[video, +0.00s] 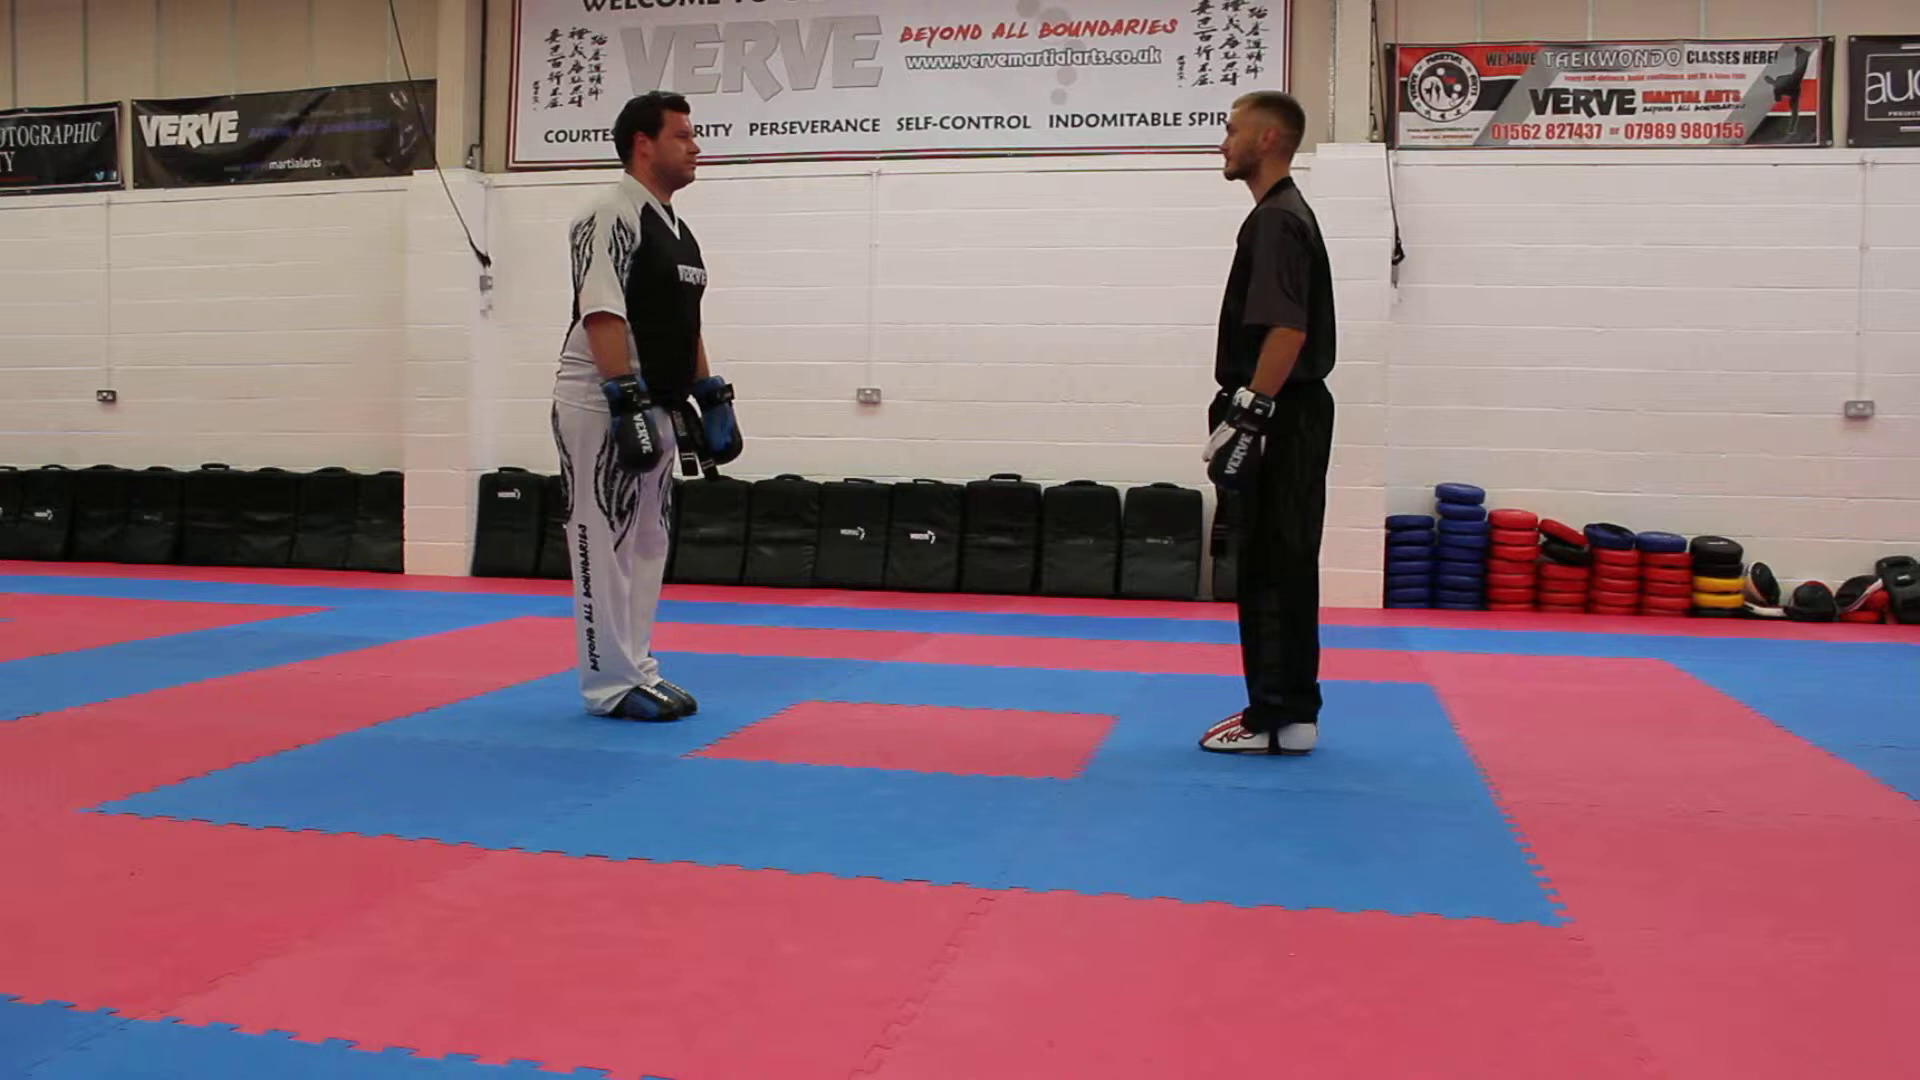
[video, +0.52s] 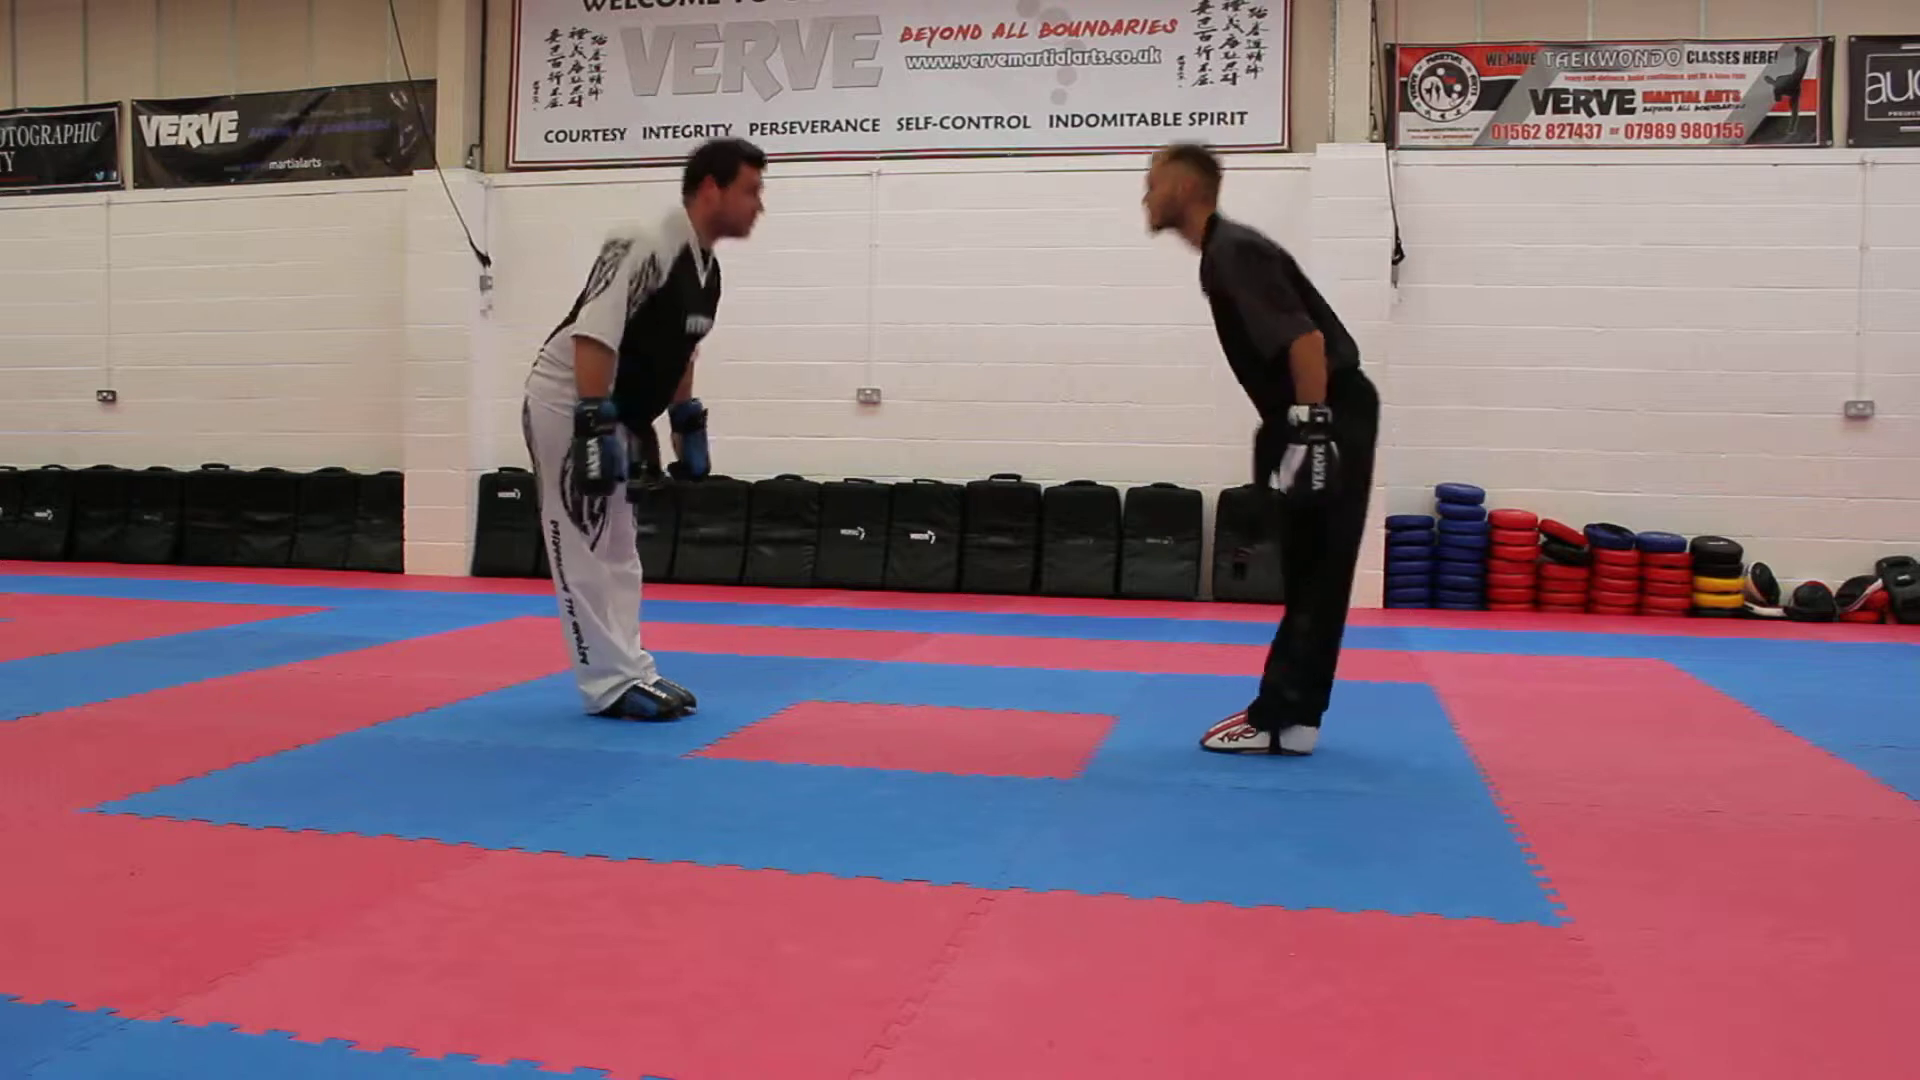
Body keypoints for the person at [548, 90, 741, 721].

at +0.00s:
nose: (695, 147)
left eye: (694, 136)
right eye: (683, 136)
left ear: (656, 146)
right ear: (642, 144)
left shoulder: (676, 228)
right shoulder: (610, 214)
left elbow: (682, 325)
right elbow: (602, 318)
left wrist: (708, 401)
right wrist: (628, 405)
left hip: (656, 407)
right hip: (600, 405)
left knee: (647, 542)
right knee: (603, 541)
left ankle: (636, 669)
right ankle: (608, 683)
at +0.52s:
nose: (760, 204)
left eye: (761, 192)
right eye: (752, 190)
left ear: (718, 192)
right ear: (711, 189)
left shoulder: (707, 270)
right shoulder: (644, 245)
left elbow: (678, 351)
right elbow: (593, 335)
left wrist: (685, 425)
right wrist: (592, 428)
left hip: (617, 410)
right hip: (565, 400)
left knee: (618, 543)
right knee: (581, 541)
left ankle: (631, 672)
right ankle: (607, 682)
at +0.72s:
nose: (783, 256)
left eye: (785, 243)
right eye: (777, 241)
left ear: (740, 236)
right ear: (738, 232)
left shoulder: (714, 295)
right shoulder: (661, 272)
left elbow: (654, 370)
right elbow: (584, 354)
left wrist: (648, 440)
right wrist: (577, 444)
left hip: (603, 415)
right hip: (552, 407)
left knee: (611, 545)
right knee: (579, 547)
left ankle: (630, 671)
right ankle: (605, 682)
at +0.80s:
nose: (783, 259)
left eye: (785, 247)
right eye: (777, 244)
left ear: (739, 239)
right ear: (738, 236)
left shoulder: (713, 295)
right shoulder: (661, 275)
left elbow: (656, 371)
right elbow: (582, 358)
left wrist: (647, 442)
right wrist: (582, 444)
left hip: (598, 413)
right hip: (553, 407)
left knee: (610, 546)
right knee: (580, 548)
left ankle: (630, 672)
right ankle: (606, 682)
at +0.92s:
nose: (770, 232)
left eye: (771, 220)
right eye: (762, 218)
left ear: (729, 217)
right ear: (723, 212)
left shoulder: (709, 286)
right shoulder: (648, 260)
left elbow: (655, 361)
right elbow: (585, 350)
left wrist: (661, 421)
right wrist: (588, 440)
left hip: (610, 411)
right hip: (559, 404)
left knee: (615, 544)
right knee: (583, 544)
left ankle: (630, 672)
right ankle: (606, 682)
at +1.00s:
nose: (754, 204)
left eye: (754, 192)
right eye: (745, 190)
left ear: (715, 195)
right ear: (704, 191)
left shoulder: (702, 272)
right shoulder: (636, 247)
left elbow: (666, 354)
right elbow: (584, 340)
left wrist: (673, 419)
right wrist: (592, 433)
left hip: (622, 412)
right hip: (568, 405)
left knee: (619, 542)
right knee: (587, 541)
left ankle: (629, 670)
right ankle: (604, 682)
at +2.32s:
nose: (602, 199)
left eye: (602, 188)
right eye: (590, 187)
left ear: (597, 194)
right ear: (548, 194)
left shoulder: (621, 279)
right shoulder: (489, 265)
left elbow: (649, 365)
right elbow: (455, 350)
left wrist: (691, 378)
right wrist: (516, 364)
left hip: (597, 446)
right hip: (512, 446)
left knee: (652, 553)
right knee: (445, 551)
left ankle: (704, 674)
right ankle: (412, 663)